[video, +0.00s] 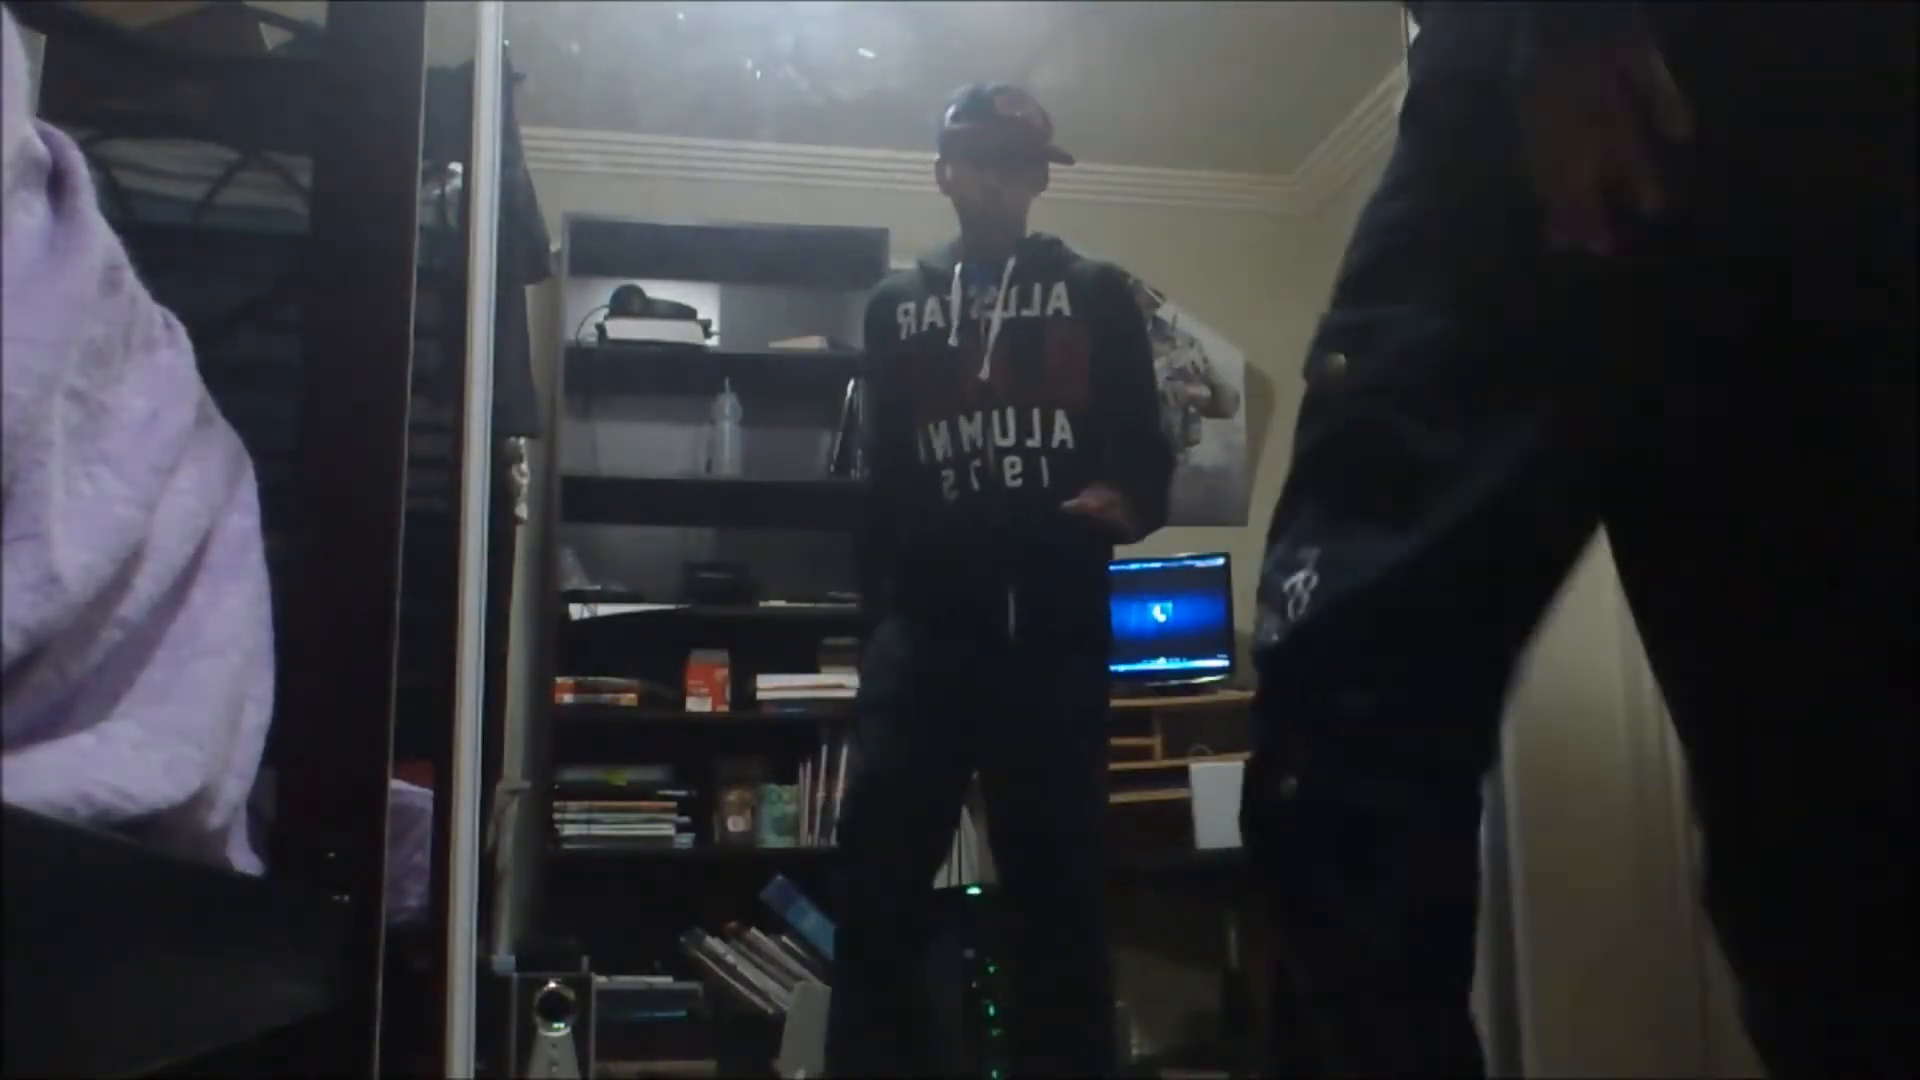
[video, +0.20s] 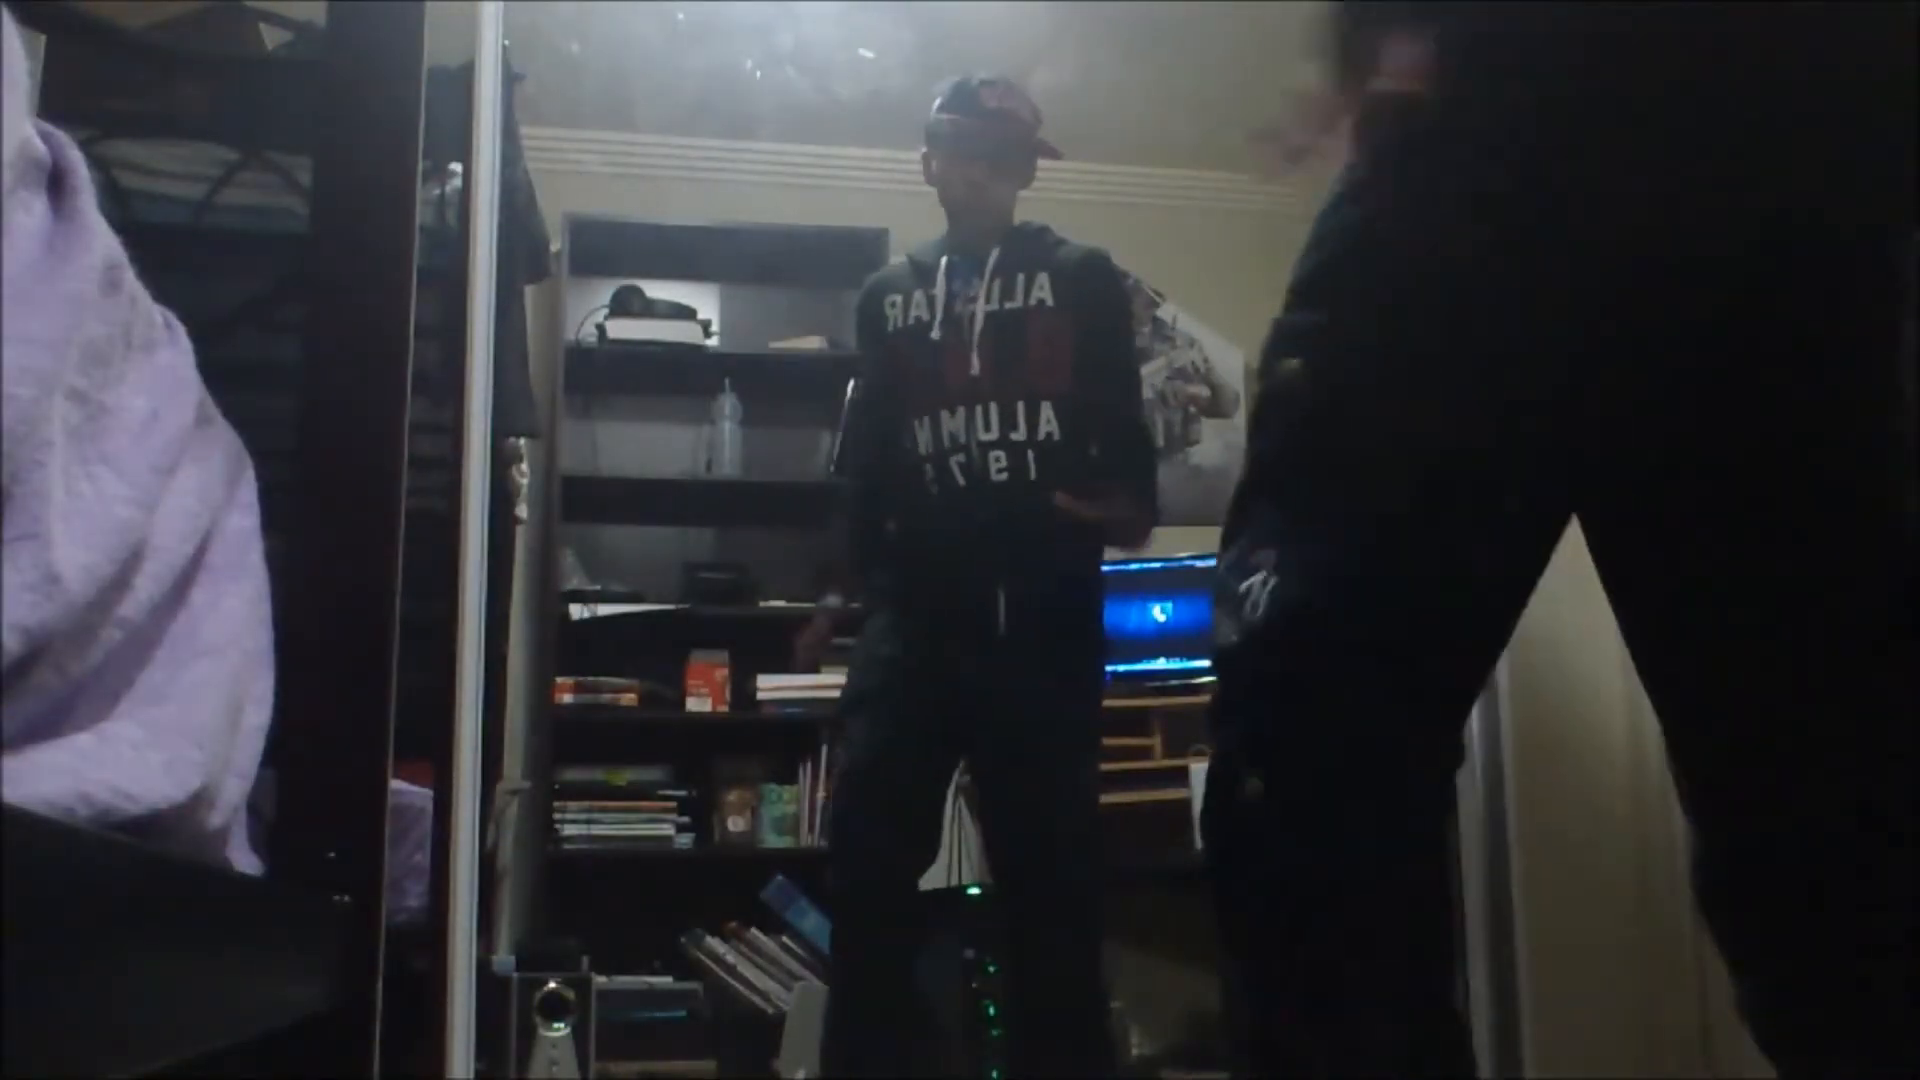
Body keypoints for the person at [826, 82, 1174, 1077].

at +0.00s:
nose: (999, 168)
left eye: (1018, 151)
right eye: (979, 150)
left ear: (1046, 171)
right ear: (945, 171)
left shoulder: (1098, 290)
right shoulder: (894, 302)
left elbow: (1145, 459)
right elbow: (864, 466)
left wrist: (1122, 501)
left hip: (1051, 613)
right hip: (922, 612)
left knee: (1054, 867)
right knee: (879, 855)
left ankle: (1063, 1063)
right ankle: (877, 1065)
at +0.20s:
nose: (979, 166)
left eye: (999, 149)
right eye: (961, 147)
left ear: (1028, 164)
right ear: (930, 161)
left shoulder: (1084, 278)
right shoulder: (887, 296)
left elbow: (1127, 445)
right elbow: (859, 456)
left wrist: (1125, 504)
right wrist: (842, 587)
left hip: (1043, 607)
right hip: (912, 606)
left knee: (1046, 869)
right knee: (868, 855)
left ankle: (1057, 1067)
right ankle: (875, 1068)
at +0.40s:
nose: (984, 162)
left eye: (1003, 146)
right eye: (964, 144)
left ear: (1029, 164)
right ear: (929, 160)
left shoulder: (1083, 286)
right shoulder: (879, 299)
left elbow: (1115, 445)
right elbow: (854, 450)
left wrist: (1110, 571)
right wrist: (852, 547)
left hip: (1051, 604)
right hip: (917, 604)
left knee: (1055, 859)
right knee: (894, 858)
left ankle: (1060, 1059)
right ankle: (888, 1061)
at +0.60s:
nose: (995, 165)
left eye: (1013, 150)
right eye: (975, 145)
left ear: (1034, 166)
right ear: (935, 158)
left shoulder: (1084, 292)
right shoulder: (881, 292)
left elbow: (1123, 450)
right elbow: (826, 447)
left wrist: (1131, 584)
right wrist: (860, 485)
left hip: (1053, 612)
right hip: (923, 605)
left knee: (1055, 861)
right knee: (908, 858)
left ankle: (1062, 1066)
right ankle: (896, 1064)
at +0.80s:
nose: (1001, 171)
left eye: (1017, 154)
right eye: (982, 147)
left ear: (1031, 167)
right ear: (934, 149)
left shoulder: (1056, 295)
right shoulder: (873, 268)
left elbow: (1092, 451)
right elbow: (811, 409)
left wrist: (1139, 585)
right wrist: (935, 401)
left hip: (1036, 603)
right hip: (908, 597)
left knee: (1070, 861)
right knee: (907, 868)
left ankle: (1074, 1066)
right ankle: (899, 1067)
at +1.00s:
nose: (1013, 168)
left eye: (1029, 151)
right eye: (995, 144)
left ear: (1042, 163)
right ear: (945, 145)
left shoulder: (1060, 292)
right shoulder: (874, 259)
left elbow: (1066, 460)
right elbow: (799, 380)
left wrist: (1126, 581)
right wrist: (913, 437)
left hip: (1034, 606)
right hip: (908, 602)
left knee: (1083, 859)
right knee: (910, 868)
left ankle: (1099, 1068)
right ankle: (900, 1068)